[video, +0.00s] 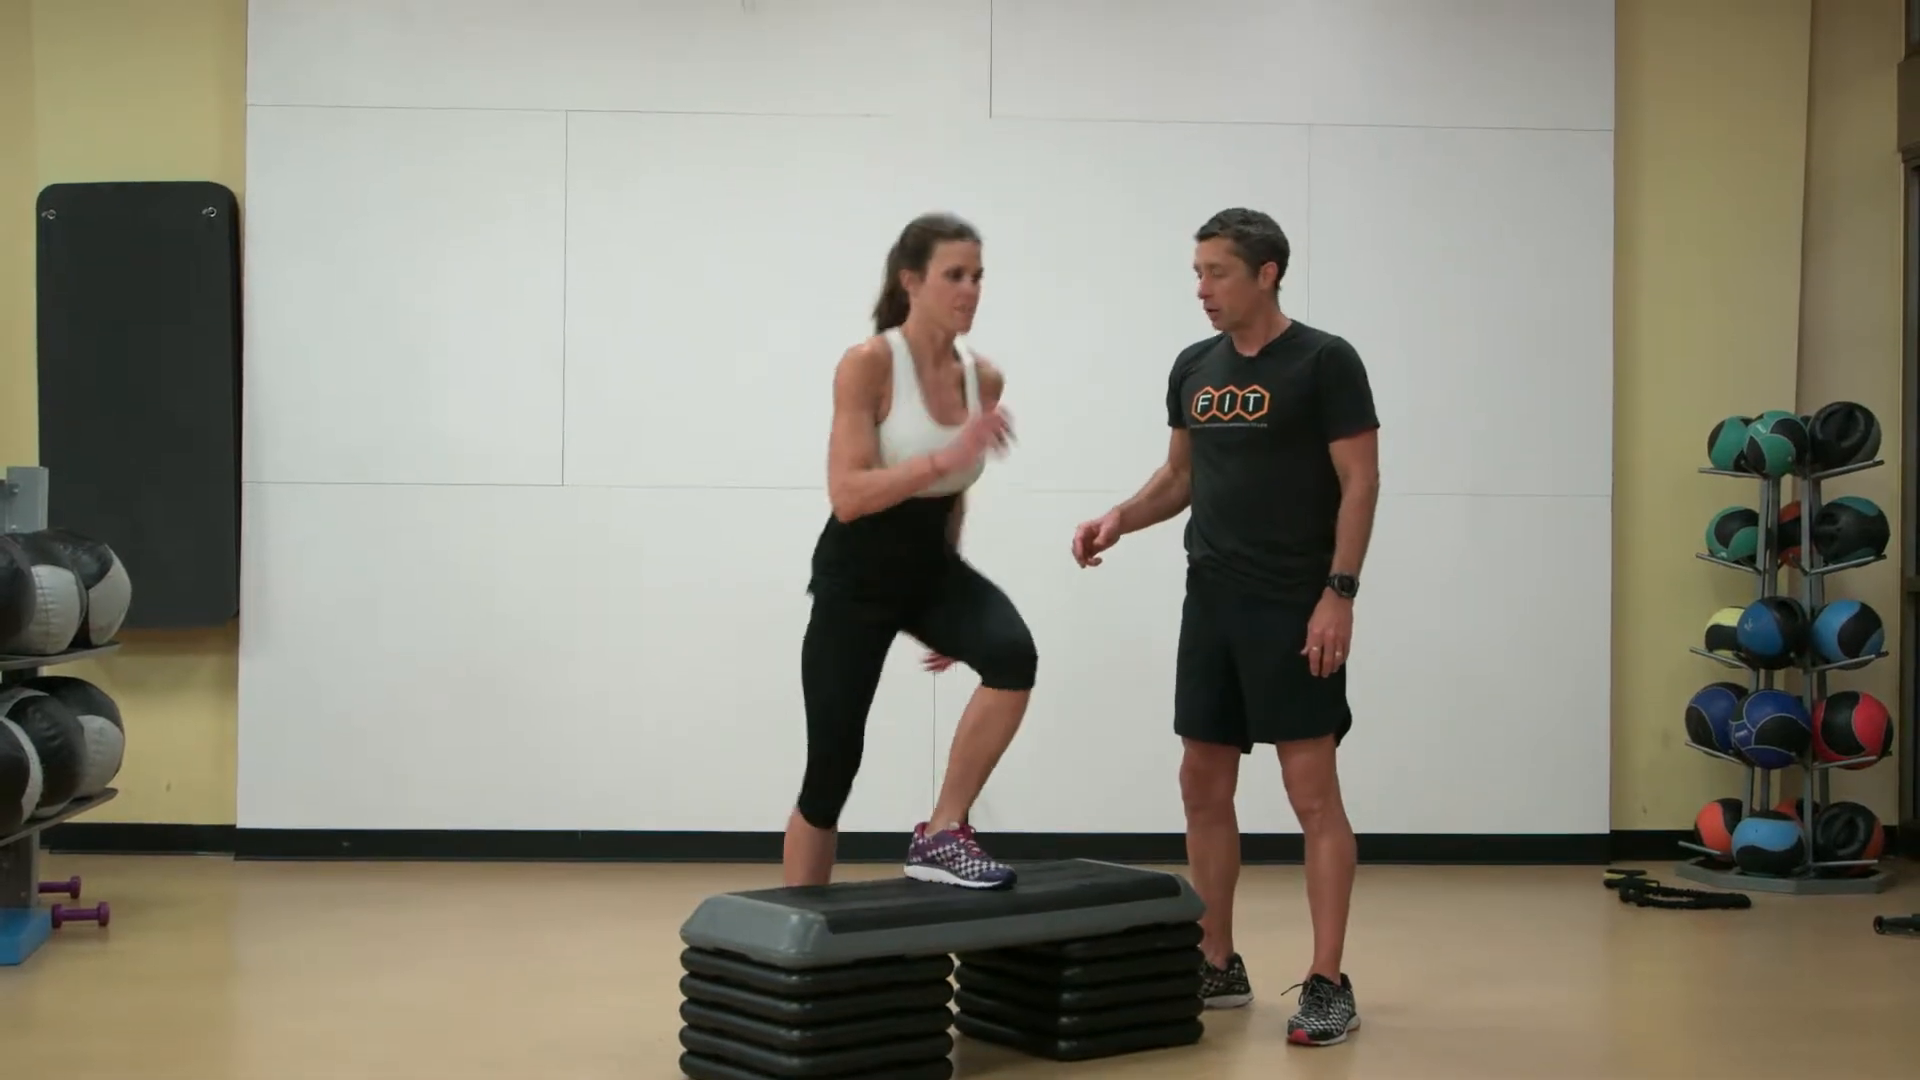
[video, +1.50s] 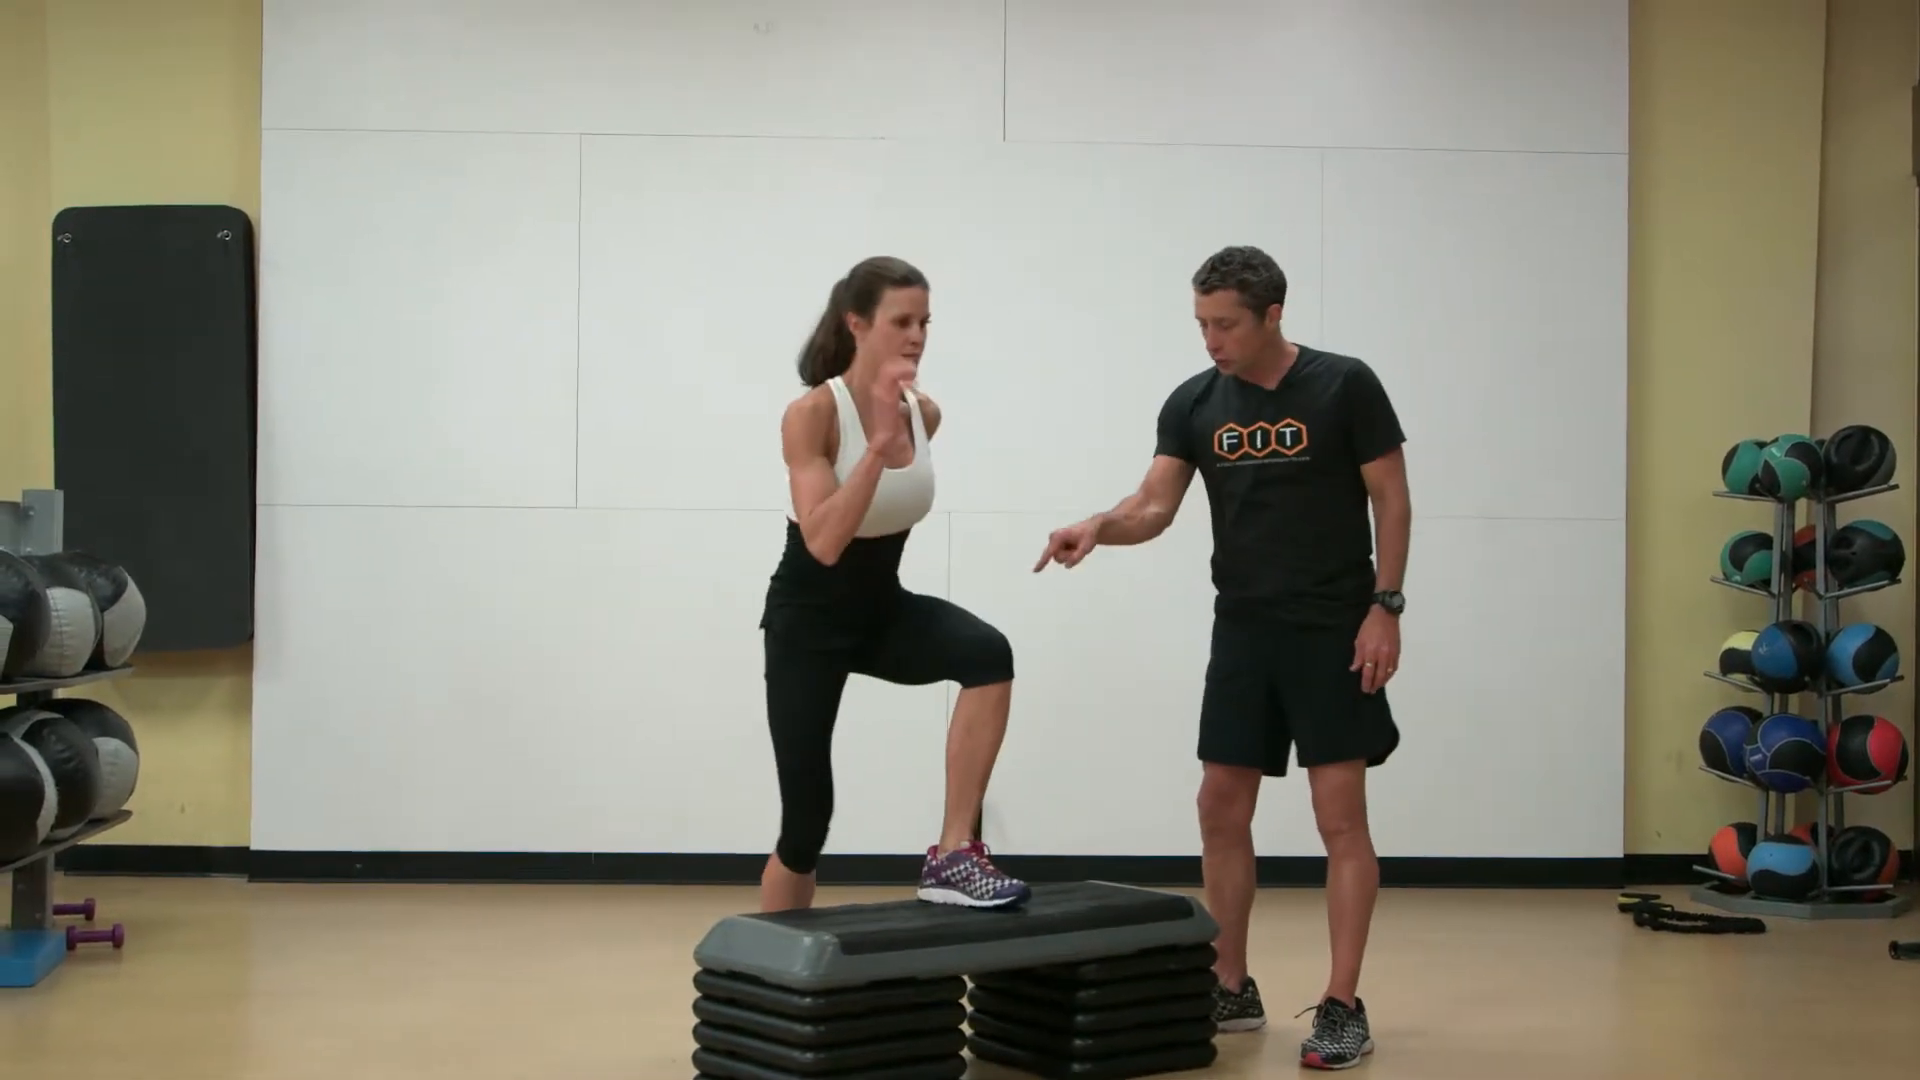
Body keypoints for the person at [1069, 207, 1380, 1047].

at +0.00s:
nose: (1202, 287)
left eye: (1216, 273)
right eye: (1198, 274)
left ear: (1268, 274)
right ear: (1205, 279)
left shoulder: (1326, 363)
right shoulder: (1193, 368)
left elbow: (1360, 485)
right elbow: (1179, 477)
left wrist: (1339, 591)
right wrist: (1119, 518)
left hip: (1296, 607)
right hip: (1211, 605)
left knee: (1313, 791)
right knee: (1202, 781)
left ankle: (1326, 979)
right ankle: (1215, 962)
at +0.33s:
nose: (1215, 313)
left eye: (1227, 297)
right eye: (1205, 299)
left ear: (1272, 288)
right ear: (1201, 296)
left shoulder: (1331, 376)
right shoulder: (1194, 379)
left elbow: (1366, 498)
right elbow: (1179, 487)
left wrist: (1349, 604)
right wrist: (1128, 529)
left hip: (1299, 616)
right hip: (1213, 613)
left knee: (1315, 803)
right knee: (1203, 792)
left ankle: (1328, 988)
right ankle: (1217, 972)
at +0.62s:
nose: (1219, 310)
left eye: (1233, 294)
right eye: (1211, 296)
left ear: (1280, 290)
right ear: (1207, 297)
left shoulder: (1337, 382)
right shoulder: (1197, 385)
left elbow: (1370, 504)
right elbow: (1180, 490)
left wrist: (1358, 611)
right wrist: (1133, 524)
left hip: (1302, 622)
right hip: (1215, 619)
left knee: (1318, 809)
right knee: (1207, 797)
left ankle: (1330, 995)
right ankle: (1220, 979)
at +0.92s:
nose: (1219, 331)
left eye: (1232, 315)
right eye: (1210, 317)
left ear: (1278, 301)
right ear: (1208, 312)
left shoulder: (1342, 387)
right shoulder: (1202, 387)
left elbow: (1376, 507)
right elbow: (1185, 492)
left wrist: (1358, 615)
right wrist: (1146, 538)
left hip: (1306, 627)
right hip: (1219, 622)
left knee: (1321, 812)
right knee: (1209, 802)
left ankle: (1335, 998)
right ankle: (1223, 982)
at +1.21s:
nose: (1215, 338)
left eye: (1228, 322)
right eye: (1207, 324)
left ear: (1273, 310)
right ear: (1205, 319)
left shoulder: (1343, 389)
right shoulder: (1203, 395)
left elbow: (1381, 510)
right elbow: (1175, 500)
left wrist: (1367, 615)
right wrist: (1141, 556)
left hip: (1313, 629)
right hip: (1226, 625)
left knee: (1326, 813)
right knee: (1214, 804)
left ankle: (1336, 1001)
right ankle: (1227, 984)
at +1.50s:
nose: (1210, 339)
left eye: (1223, 325)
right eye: (1203, 325)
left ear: (1272, 315)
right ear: (1202, 320)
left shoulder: (1344, 386)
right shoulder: (1193, 403)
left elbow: (1393, 501)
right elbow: (1151, 507)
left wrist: (1385, 608)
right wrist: (1093, 528)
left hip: (1333, 631)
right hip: (1243, 632)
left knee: (1340, 817)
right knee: (1220, 804)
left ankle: (1341, 1002)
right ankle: (1230, 988)